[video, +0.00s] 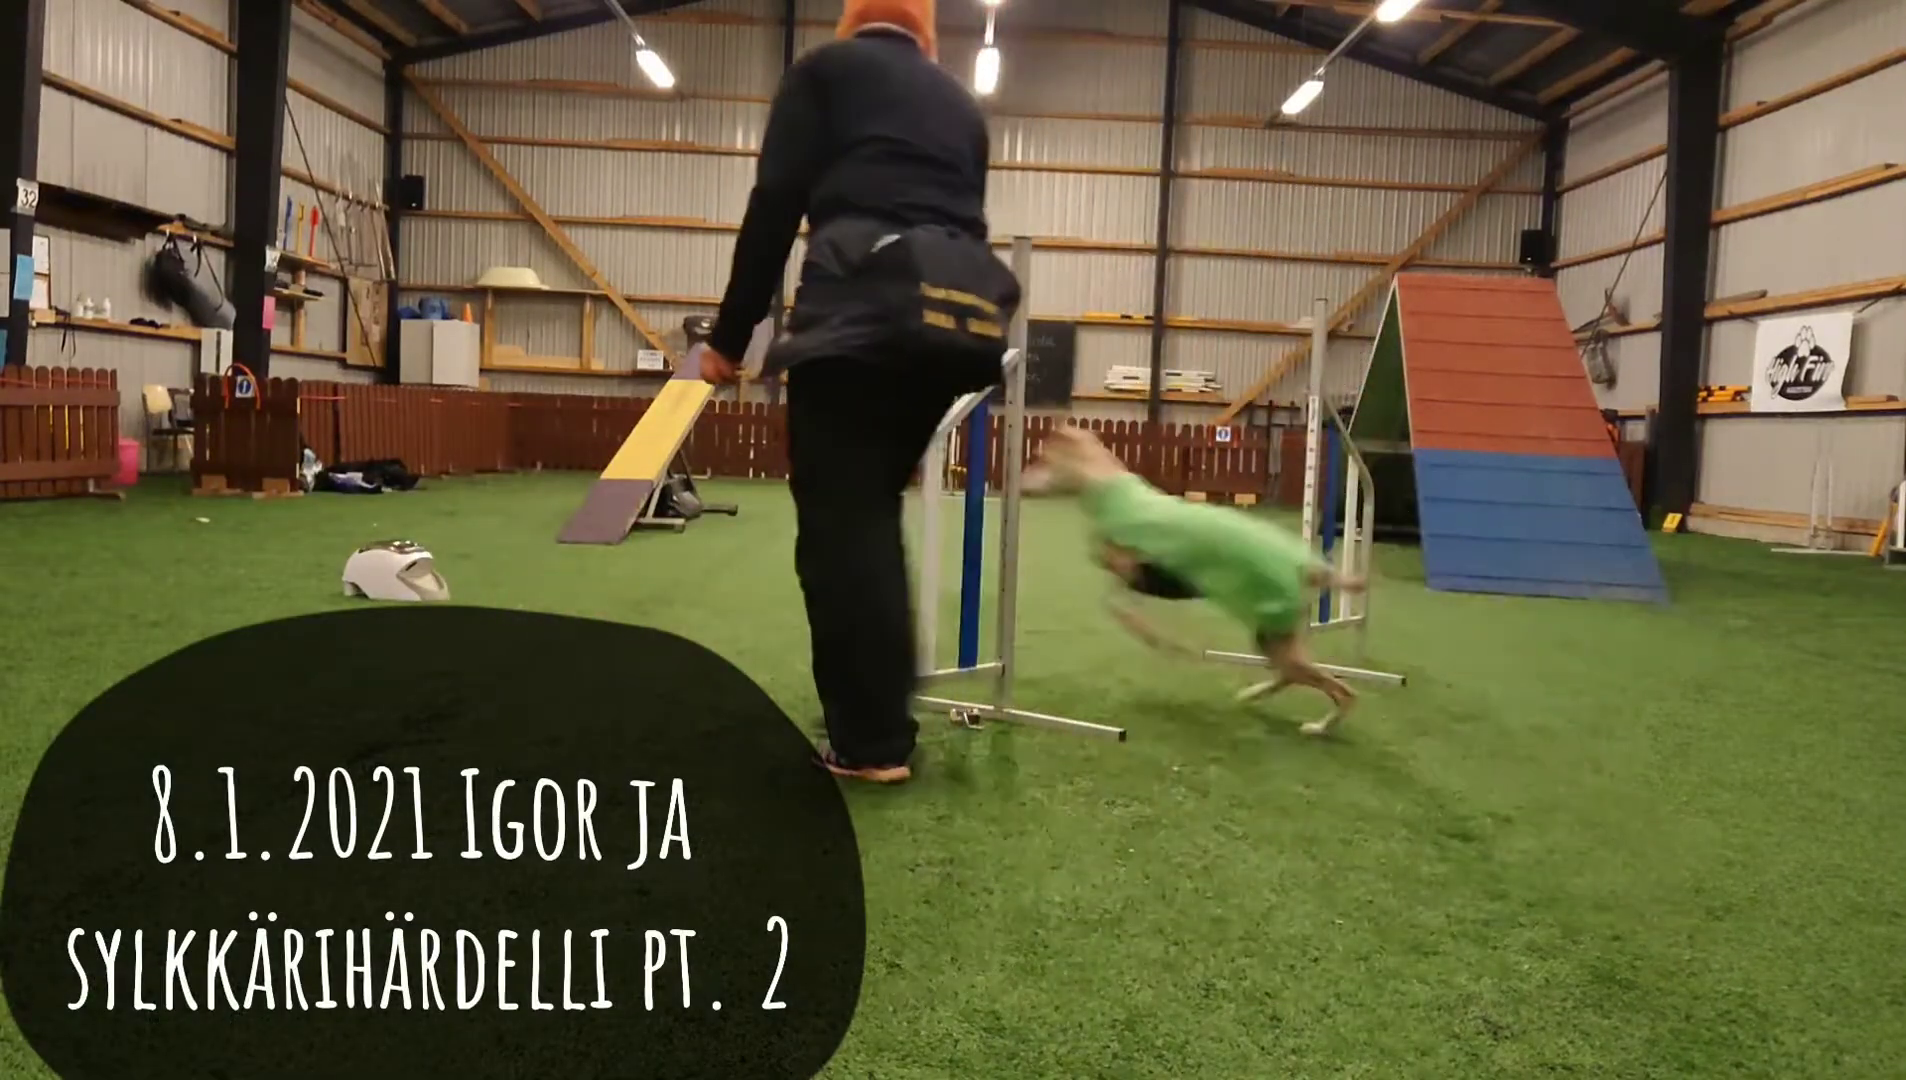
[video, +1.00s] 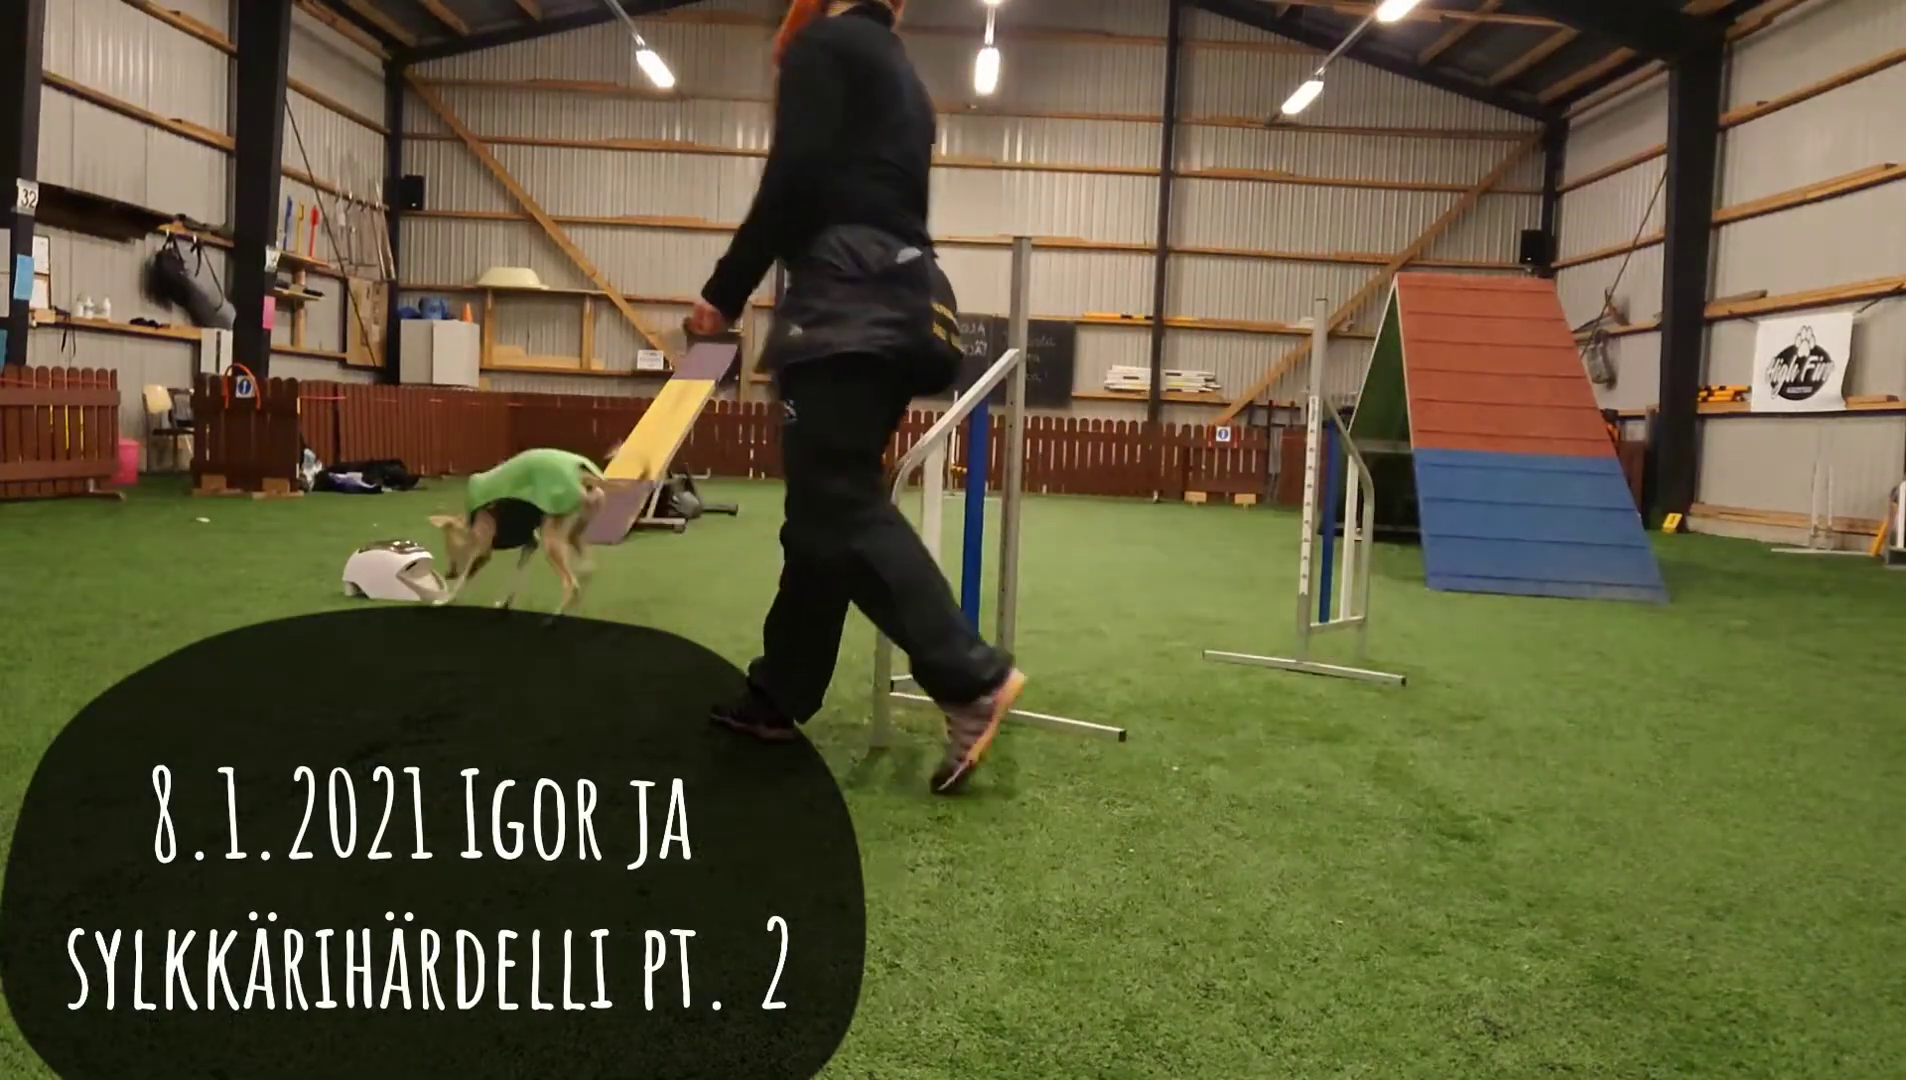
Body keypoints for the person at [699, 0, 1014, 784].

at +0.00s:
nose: (837, 31)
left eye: (839, 23)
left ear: (851, 25)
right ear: (925, 39)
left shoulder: (823, 68)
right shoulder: (962, 104)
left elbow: (775, 204)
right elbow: (963, 227)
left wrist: (729, 338)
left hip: (855, 315)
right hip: (963, 327)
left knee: (839, 522)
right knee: (870, 503)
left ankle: (873, 743)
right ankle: (884, 710)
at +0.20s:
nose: (797, 31)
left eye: (799, 22)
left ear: (812, 22)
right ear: (883, 37)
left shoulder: (790, 63)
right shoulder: (917, 106)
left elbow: (746, 188)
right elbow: (911, 234)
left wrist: (691, 314)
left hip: (813, 311)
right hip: (906, 324)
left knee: (814, 518)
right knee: (817, 515)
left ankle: (875, 731)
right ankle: (768, 685)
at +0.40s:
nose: (760, 26)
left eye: (763, 18)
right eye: (767, 22)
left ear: (779, 15)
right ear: (849, 31)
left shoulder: (765, 59)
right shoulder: (873, 100)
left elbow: (725, 177)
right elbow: (864, 224)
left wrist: (666, 295)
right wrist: (756, 316)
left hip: (796, 305)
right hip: (875, 317)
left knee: (785, 507)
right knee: (801, 507)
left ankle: (867, 705)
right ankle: (771, 694)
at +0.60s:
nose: (745, 32)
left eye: (747, 24)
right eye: (748, 28)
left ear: (768, 16)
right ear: (827, 25)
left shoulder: (765, 47)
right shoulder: (855, 90)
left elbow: (732, 166)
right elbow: (844, 213)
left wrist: (677, 283)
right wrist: (754, 317)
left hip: (803, 295)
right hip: (871, 305)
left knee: (786, 497)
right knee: (805, 499)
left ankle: (876, 686)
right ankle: (775, 693)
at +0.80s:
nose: (755, 21)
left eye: (759, 15)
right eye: (757, 18)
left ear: (776, 8)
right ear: (842, 16)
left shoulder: (780, 43)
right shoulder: (864, 80)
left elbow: (756, 164)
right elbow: (852, 209)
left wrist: (699, 279)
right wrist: (764, 310)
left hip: (815, 290)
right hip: (877, 298)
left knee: (805, 489)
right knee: (811, 492)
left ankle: (919, 668)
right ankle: (776, 695)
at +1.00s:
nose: (784, 16)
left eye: (790, 5)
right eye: (786, 10)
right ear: (880, 8)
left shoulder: (822, 44)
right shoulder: (899, 72)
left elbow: (791, 180)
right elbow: (887, 212)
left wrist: (724, 293)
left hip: (843, 310)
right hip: (893, 313)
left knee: (841, 510)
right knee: (824, 515)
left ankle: (972, 679)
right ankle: (780, 696)